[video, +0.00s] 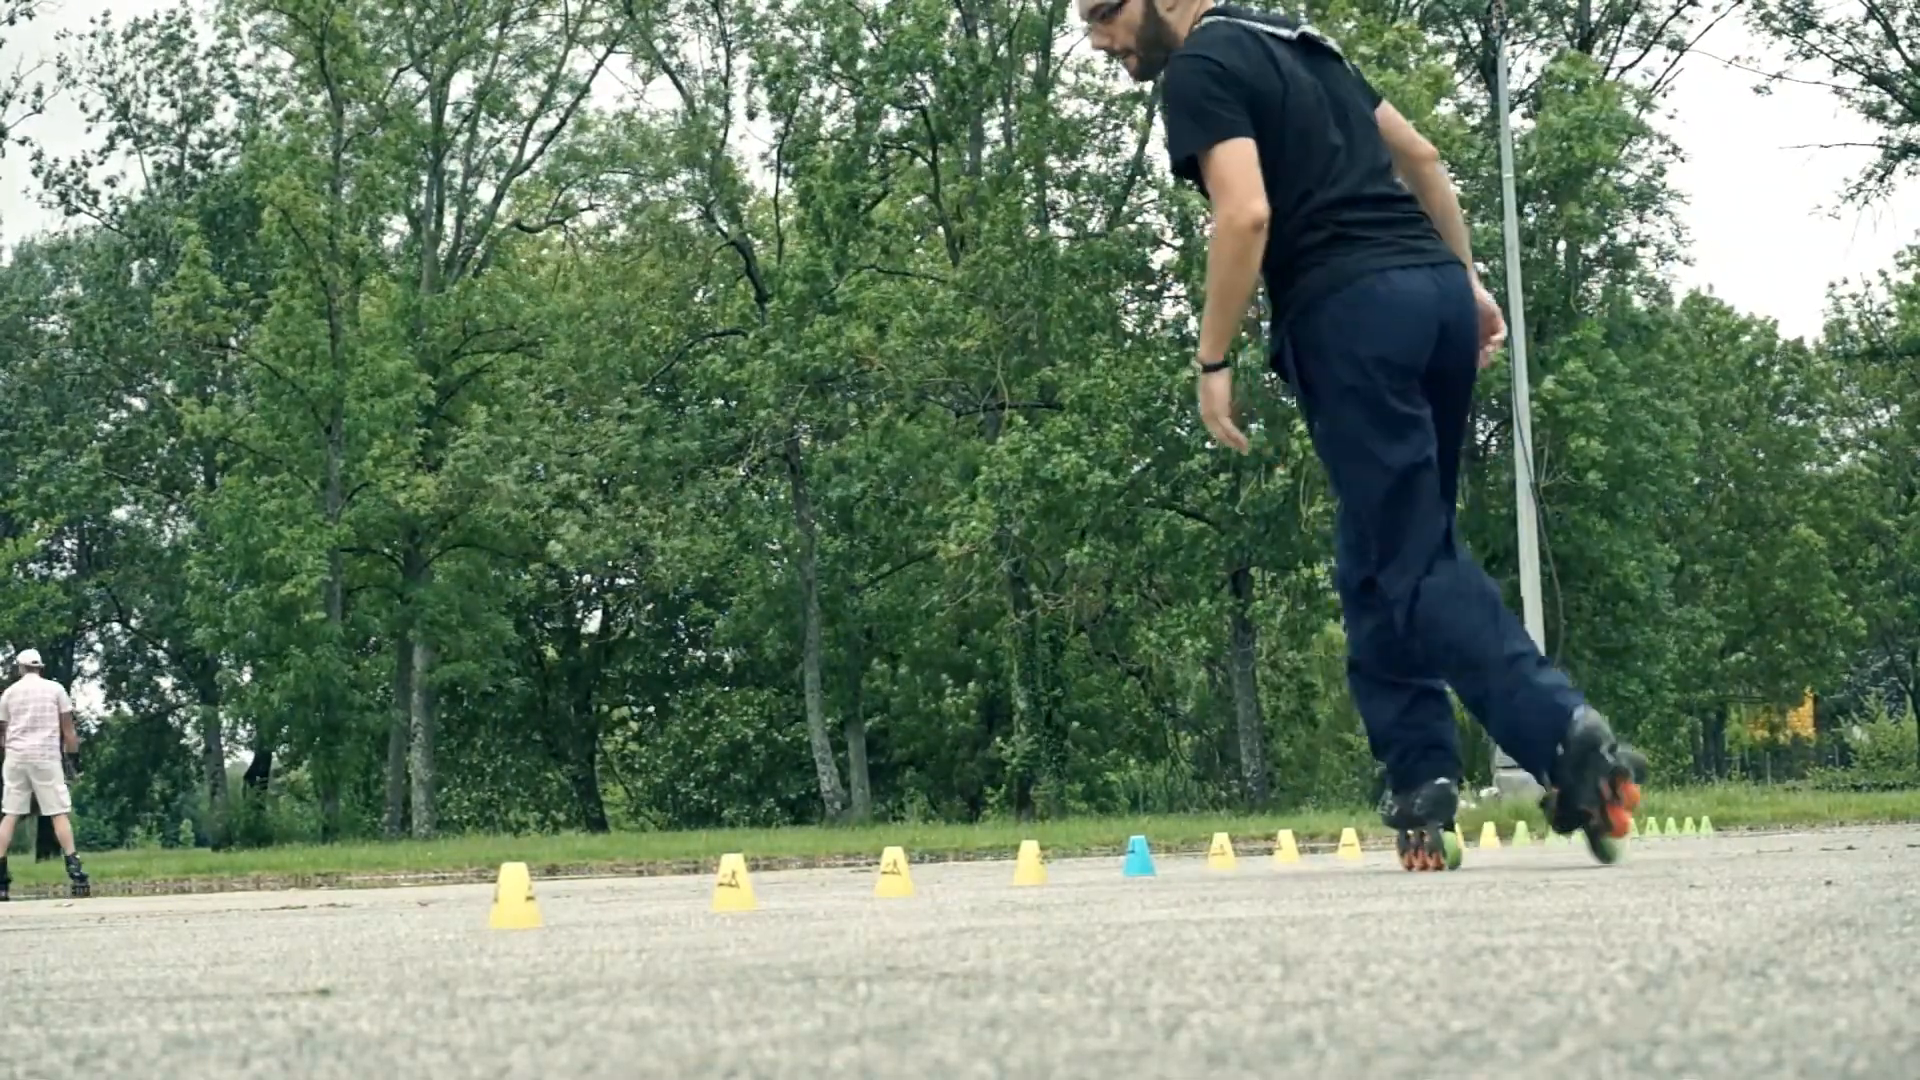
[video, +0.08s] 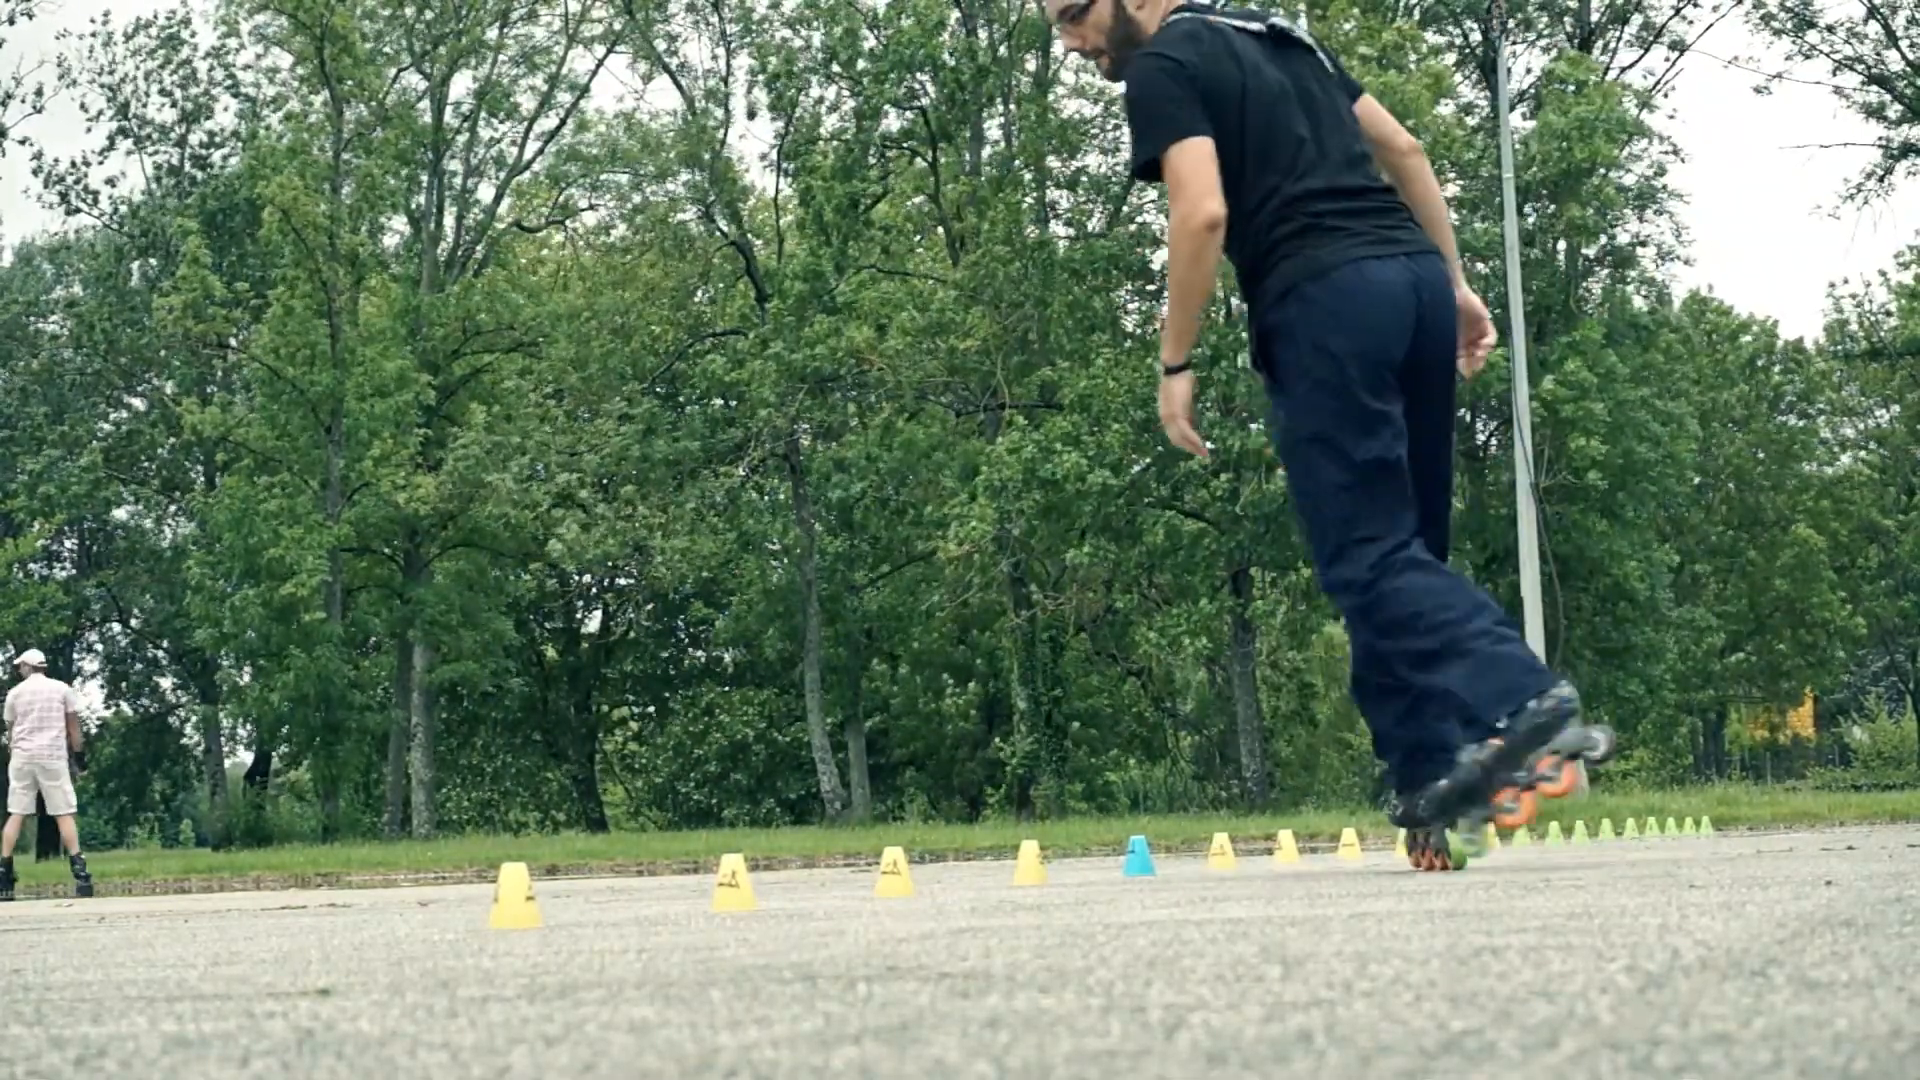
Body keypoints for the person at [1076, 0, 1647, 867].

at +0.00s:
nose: (1098, 41)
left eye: (1101, 17)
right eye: (1088, 26)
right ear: (1188, 2)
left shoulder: (1196, 66)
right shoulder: (1304, 44)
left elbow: (1244, 213)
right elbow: (1419, 157)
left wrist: (1211, 359)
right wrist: (1465, 277)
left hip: (1352, 310)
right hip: (1439, 292)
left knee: (1411, 555)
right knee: (1377, 562)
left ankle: (1567, 742)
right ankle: (1421, 789)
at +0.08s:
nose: (1071, 43)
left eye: (1071, 18)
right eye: (1059, 29)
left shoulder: (1159, 62)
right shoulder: (1287, 43)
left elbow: (1201, 213)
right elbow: (1400, 147)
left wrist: (1174, 361)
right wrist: (1453, 277)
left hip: (1327, 300)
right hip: (1422, 285)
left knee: (1363, 555)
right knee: (1402, 550)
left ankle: (1528, 703)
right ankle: (1427, 780)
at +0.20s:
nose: (1016, 35)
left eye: (1016, 11)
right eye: (1008, 20)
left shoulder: (1107, 56)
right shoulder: (1237, 22)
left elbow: (1124, 227)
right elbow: (1361, 124)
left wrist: (1097, 367)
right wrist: (1380, 258)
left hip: (1284, 293)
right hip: (1376, 278)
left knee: (1234, 558)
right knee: (1387, 550)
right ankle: (1439, 775)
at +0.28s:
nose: (979, 28)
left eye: (979, 12)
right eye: (971, 21)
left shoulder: (1065, 48)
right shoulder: (1195, 16)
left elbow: (1071, 231)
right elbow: (1314, 108)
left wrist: (1042, 358)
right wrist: (1339, 251)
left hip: (1239, 293)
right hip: (1326, 281)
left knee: (1165, 549)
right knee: (1360, 552)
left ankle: (1268, 776)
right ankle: (1436, 774)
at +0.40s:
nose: (907, 6)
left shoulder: (986, 25)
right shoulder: (1101, 8)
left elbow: (987, 215)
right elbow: (1220, 94)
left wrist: (967, 301)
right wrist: (1252, 242)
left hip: (1152, 294)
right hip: (1221, 282)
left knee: (1076, 548)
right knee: (1269, 538)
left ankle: (1180, 777)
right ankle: (1395, 743)